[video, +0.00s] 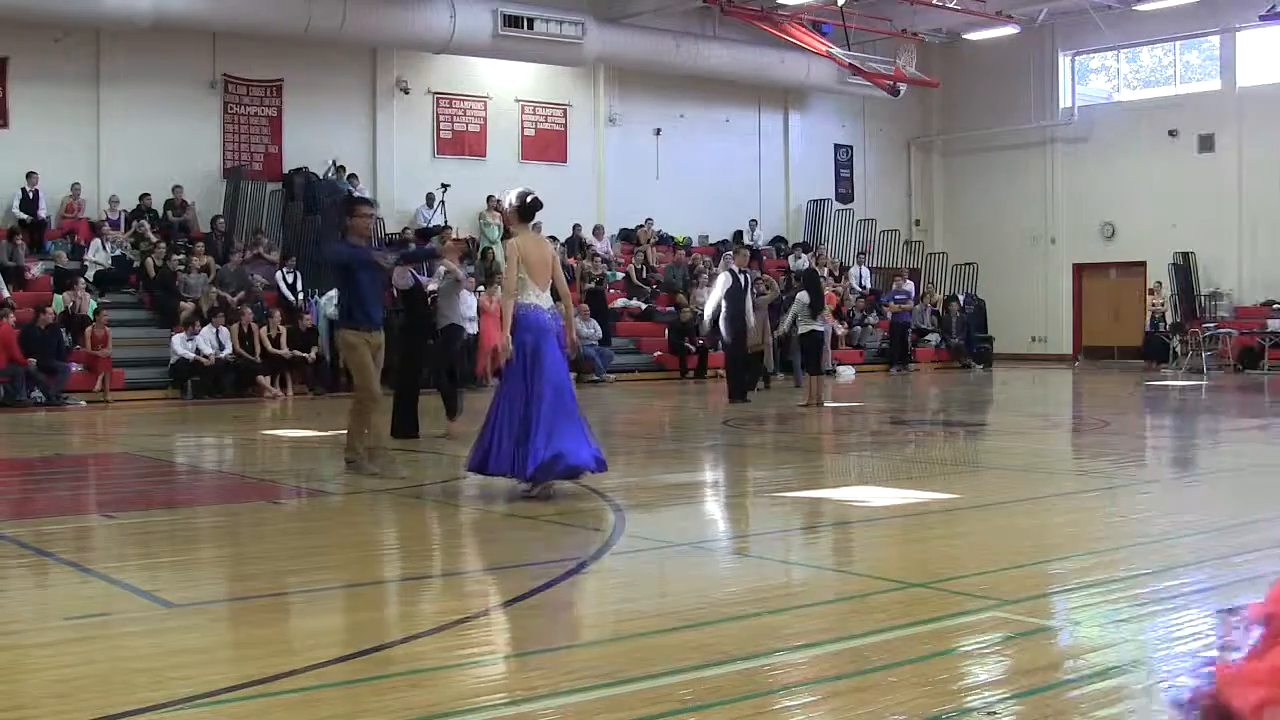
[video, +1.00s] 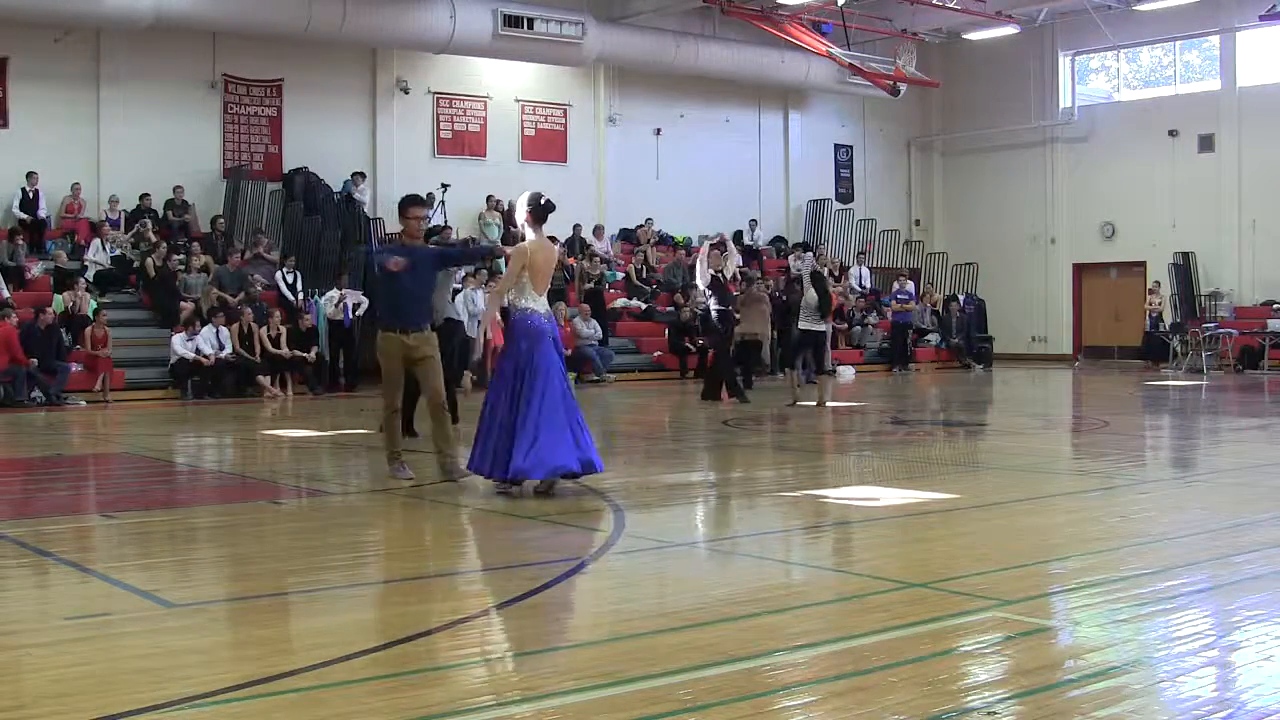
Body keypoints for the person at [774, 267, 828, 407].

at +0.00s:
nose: (800, 281)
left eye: (802, 279)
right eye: (801, 279)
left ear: (805, 280)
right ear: (817, 280)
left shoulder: (801, 296)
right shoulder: (820, 295)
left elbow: (792, 314)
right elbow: (825, 315)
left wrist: (782, 329)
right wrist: (836, 328)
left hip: (806, 332)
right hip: (819, 332)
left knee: (810, 368)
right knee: (817, 367)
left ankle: (811, 398)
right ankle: (819, 397)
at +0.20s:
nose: (799, 282)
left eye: (801, 280)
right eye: (799, 280)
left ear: (804, 281)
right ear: (816, 279)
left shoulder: (801, 296)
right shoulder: (821, 294)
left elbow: (789, 314)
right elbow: (823, 315)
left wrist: (779, 329)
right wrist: (822, 328)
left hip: (807, 332)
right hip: (820, 331)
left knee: (811, 367)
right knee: (817, 367)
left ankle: (811, 398)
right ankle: (820, 398)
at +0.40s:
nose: (801, 281)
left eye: (802, 279)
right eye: (802, 279)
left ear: (805, 279)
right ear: (817, 279)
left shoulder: (802, 294)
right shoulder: (822, 293)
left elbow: (795, 312)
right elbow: (823, 314)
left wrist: (789, 326)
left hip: (807, 331)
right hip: (820, 331)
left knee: (811, 367)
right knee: (818, 367)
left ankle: (811, 397)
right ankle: (820, 397)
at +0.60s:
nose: (800, 282)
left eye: (801, 279)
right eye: (800, 279)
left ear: (806, 279)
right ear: (817, 278)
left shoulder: (804, 291)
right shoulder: (822, 292)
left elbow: (786, 297)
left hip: (808, 331)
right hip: (820, 331)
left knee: (810, 368)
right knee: (817, 368)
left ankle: (811, 398)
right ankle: (820, 398)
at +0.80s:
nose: (806, 282)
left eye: (807, 279)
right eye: (807, 279)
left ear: (810, 280)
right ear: (820, 280)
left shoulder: (809, 291)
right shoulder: (827, 294)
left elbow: (799, 278)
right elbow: (829, 311)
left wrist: (796, 259)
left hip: (807, 330)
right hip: (821, 331)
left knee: (798, 359)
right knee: (820, 367)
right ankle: (822, 397)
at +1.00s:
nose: (808, 282)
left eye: (809, 280)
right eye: (809, 279)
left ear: (812, 281)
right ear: (824, 282)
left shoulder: (809, 292)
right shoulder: (828, 296)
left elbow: (805, 272)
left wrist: (808, 256)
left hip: (805, 330)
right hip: (820, 331)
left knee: (791, 360)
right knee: (820, 367)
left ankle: (794, 393)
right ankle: (821, 398)